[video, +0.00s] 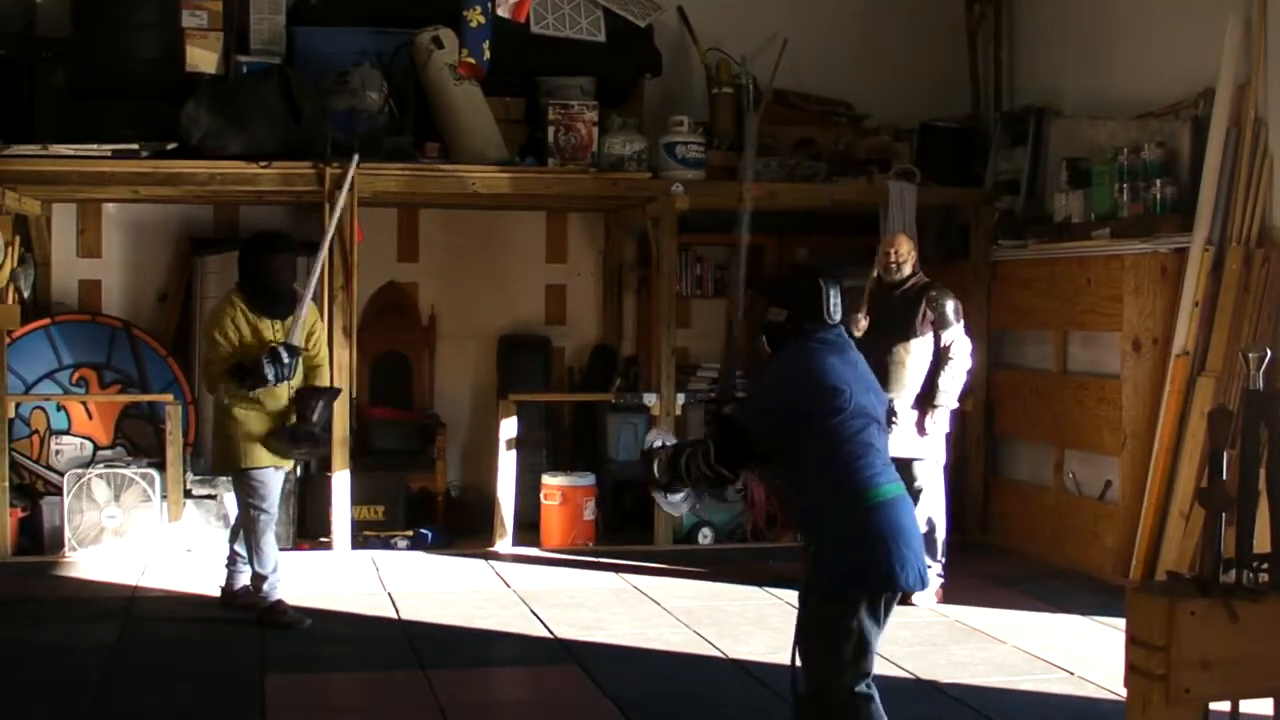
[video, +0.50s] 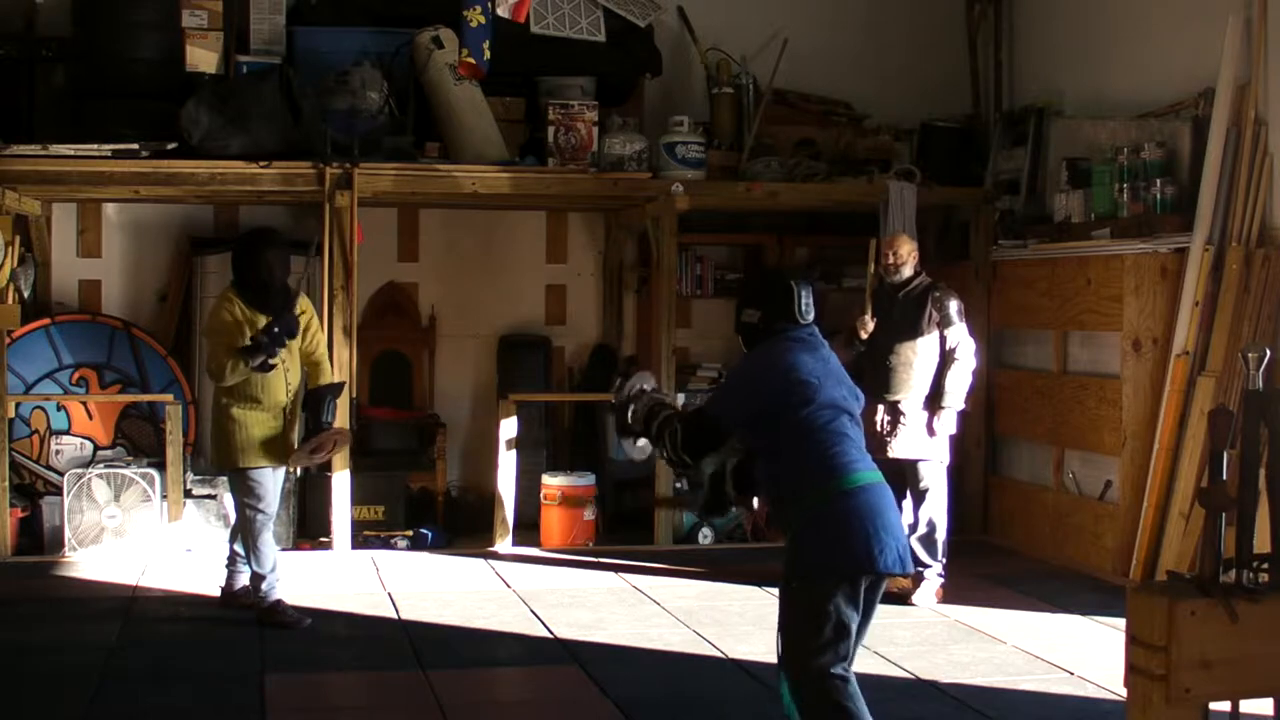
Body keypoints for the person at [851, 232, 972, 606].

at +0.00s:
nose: (891, 259)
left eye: (898, 253)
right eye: (886, 253)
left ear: (913, 257)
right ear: (879, 257)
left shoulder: (933, 297)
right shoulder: (875, 294)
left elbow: (958, 352)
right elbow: (864, 352)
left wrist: (940, 404)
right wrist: (855, 332)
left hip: (922, 416)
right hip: (880, 413)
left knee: (926, 498)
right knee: (885, 496)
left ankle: (929, 577)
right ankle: (890, 576)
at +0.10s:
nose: (891, 260)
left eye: (898, 253)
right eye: (885, 254)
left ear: (913, 257)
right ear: (877, 258)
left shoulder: (934, 298)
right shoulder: (874, 296)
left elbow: (960, 352)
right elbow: (861, 358)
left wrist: (942, 404)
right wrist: (856, 335)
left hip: (922, 413)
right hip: (879, 409)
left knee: (925, 497)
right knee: (888, 494)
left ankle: (929, 577)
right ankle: (896, 573)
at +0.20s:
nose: (891, 261)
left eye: (898, 254)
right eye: (885, 255)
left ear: (914, 257)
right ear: (877, 260)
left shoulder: (935, 298)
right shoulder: (875, 297)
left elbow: (960, 353)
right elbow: (861, 359)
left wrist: (945, 406)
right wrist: (857, 336)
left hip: (923, 415)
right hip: (879, 412)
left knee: (926, 499)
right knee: (887, 495)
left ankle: (928, 577)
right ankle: (896, 572)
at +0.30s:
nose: (889, 260)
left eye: (896, 253)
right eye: (884, 254)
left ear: (914, 257)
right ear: (878, 259)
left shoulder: (937, 299)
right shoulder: (876, 298)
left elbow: (961, 353)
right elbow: (857, 358)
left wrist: (946, 405)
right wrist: (857, 337)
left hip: (922, 414)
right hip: (877, 413)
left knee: (927, 498)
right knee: (887, 495)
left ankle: (929, 577)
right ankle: (895, 571)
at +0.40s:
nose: (889, 260)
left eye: (896, 253)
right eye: (884, 254)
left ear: (914, 257)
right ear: (878, 259)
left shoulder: (937, 299)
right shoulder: (876, 298)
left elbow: (961, 354)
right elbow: (859, 359)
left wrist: (947, 405)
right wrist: (858, 337)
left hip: (923, 414)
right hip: (879, 412)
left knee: (927, 498)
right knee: (887, 494)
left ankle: (929, 577)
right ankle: (894, 571)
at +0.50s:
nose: (889, 259)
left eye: (896, 252)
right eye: (884, 253)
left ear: (915, 256)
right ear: (878, 258)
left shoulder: (938, 299)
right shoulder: (877, 298)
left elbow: (962, 355)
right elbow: (859, 359)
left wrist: (949, 406)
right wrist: (859, 337)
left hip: (923, 415)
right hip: (879, 415)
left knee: (928, 499)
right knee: (886, 495)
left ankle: (929, 577)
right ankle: (893, 571)